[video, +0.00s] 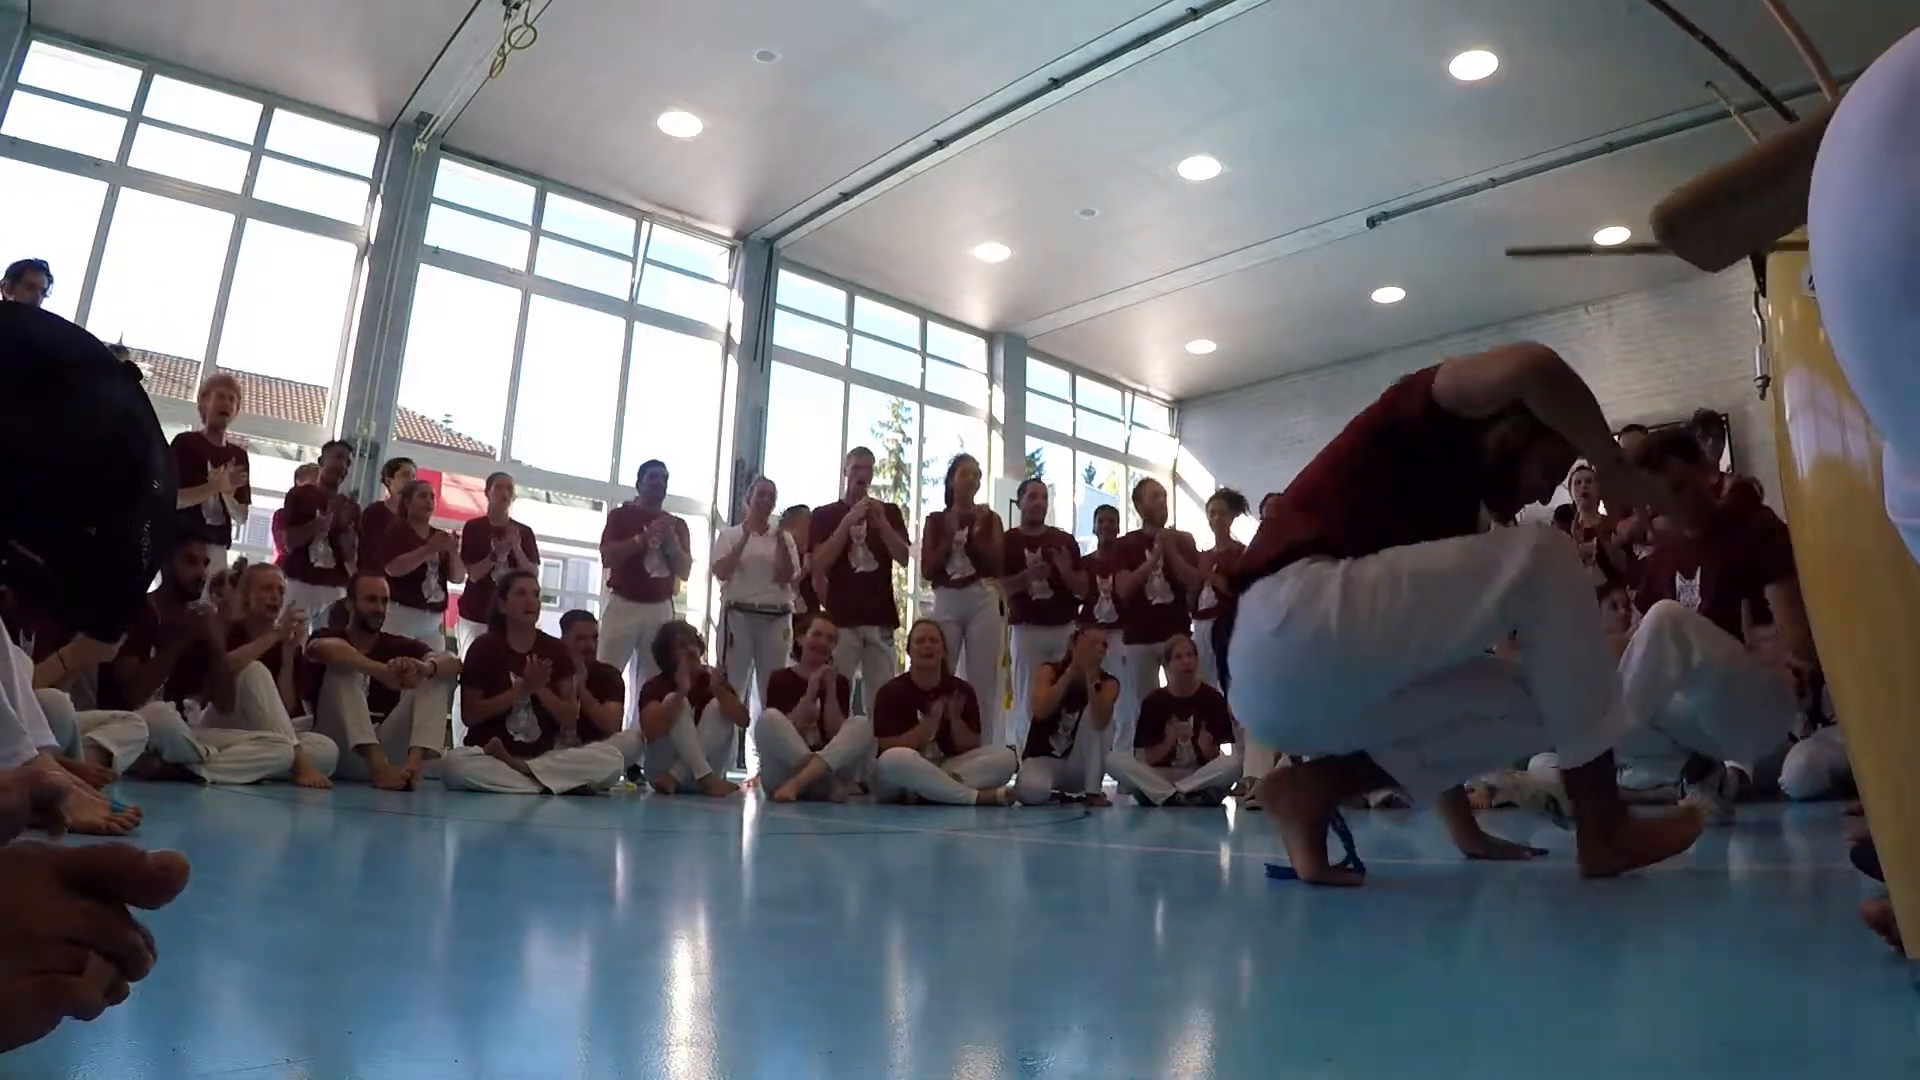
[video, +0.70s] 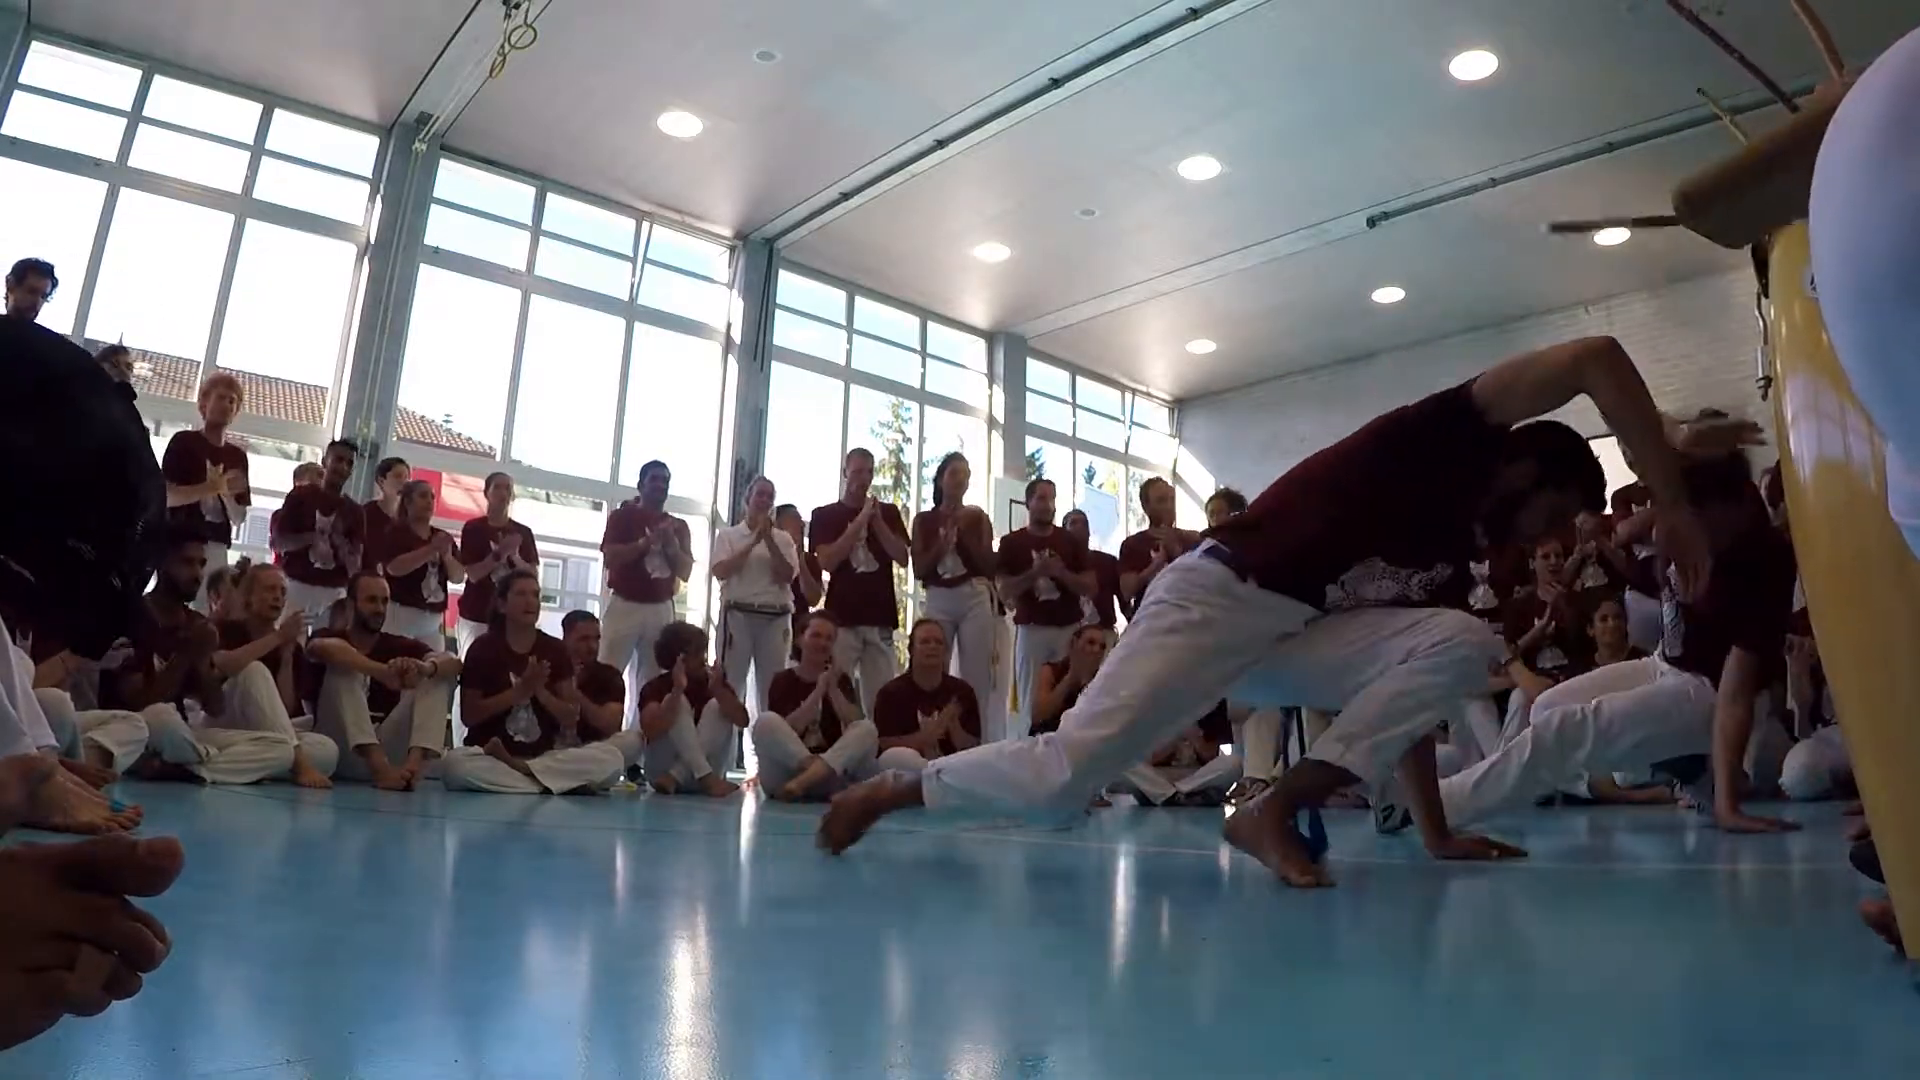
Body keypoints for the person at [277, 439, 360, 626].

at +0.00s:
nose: (343, 466)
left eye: (348, 462)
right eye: (338, 457)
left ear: (349, 469)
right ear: (321, 460)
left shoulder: (349, 506)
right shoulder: (298, 495)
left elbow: (351, 556)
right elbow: (288, 541)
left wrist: (343, 525)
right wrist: (317, 526)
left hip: (334, 586)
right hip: (299, 582)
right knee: (289, 648)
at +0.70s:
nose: (343, 467)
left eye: (349, 463)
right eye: (338, 460)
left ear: (352, 470)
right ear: (325, 461)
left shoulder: (355, 511)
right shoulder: (300, 496)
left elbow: (354, 564)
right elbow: (279, 542)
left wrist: (338, 541)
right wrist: (314, 538)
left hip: (335, 590)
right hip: (297, 585)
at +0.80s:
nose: (344, 466)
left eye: (350, 462)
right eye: (339, 458)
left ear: (352, 468)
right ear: (324, 461)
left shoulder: (356, 511)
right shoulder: (297, 498)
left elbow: (358, 555)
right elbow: (272, 541)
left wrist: (350, 561)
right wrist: (300, 548)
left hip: (335, 593)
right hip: (296, 588)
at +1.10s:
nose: (339, 466)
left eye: (344, 462)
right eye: (333, 459)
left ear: (348, 468)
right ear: (320, 462)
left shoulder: (353, 509)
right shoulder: (299, 497)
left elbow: (356, 557)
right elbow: (291, 541)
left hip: (335, 587)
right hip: (299, 582)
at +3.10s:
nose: (339, 475)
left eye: (345, 469)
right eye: (333, 467)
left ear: (349, 473)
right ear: (321, 464)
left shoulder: (354, 510)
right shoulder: (294, 501)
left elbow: (359, 557)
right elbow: (266, 542)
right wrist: (294, 551)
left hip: (337, 592)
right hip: (300, 588)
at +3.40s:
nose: (335, 474)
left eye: (341, 468)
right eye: (330, 466)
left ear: (345, 471)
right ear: (317, 464)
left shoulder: (353, 508)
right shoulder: (296, 499)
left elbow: (354, 555)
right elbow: (292, 547)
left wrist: (346, 529)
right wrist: (320, 533)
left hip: (336, 589)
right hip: (302, 584)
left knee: (331, 654)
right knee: (292, 650)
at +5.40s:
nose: (344, 477)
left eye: (350, 472)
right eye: (339, 469)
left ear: (354, 475)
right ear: (327, 465)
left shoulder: (356, 512)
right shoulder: (298, 497)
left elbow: (359, 558)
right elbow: (272, 542)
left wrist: (351, 554)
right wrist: (305, 538)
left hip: (335, 593)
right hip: (299, 589)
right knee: (289, 654)